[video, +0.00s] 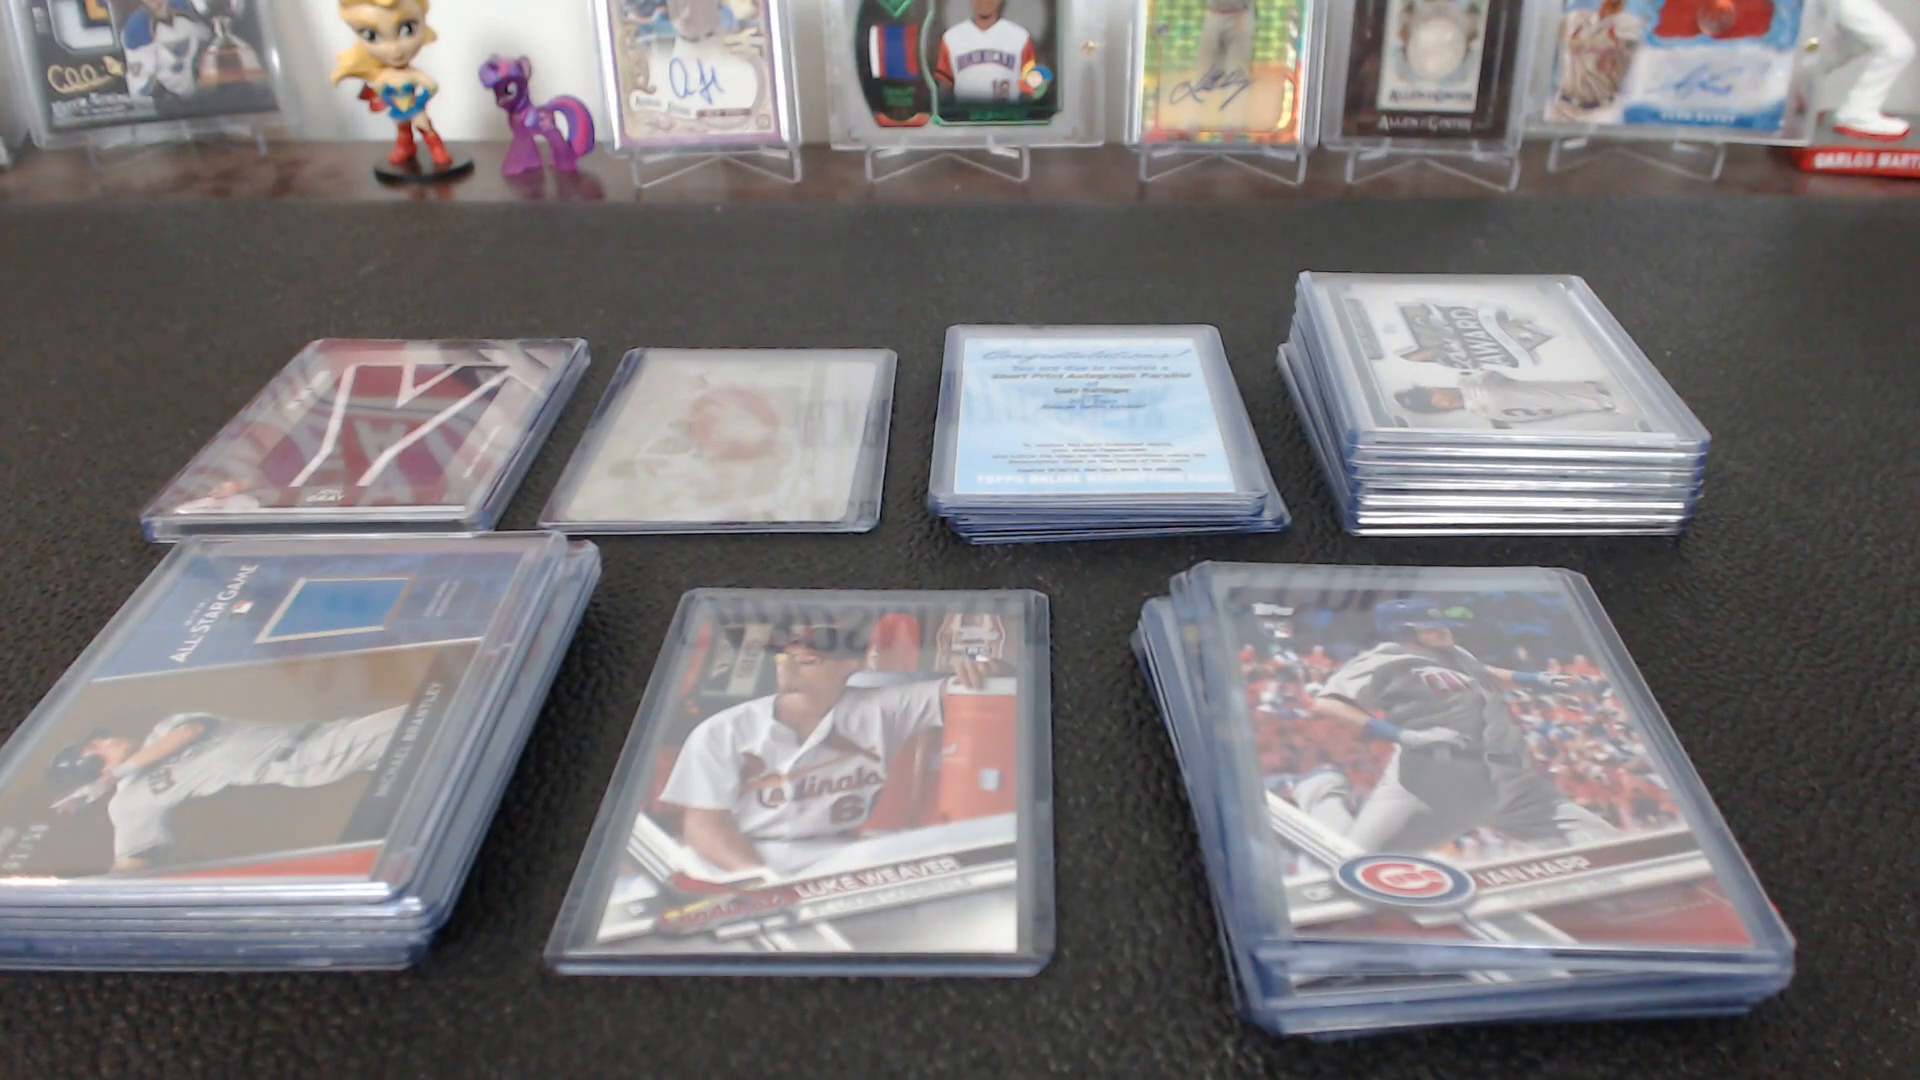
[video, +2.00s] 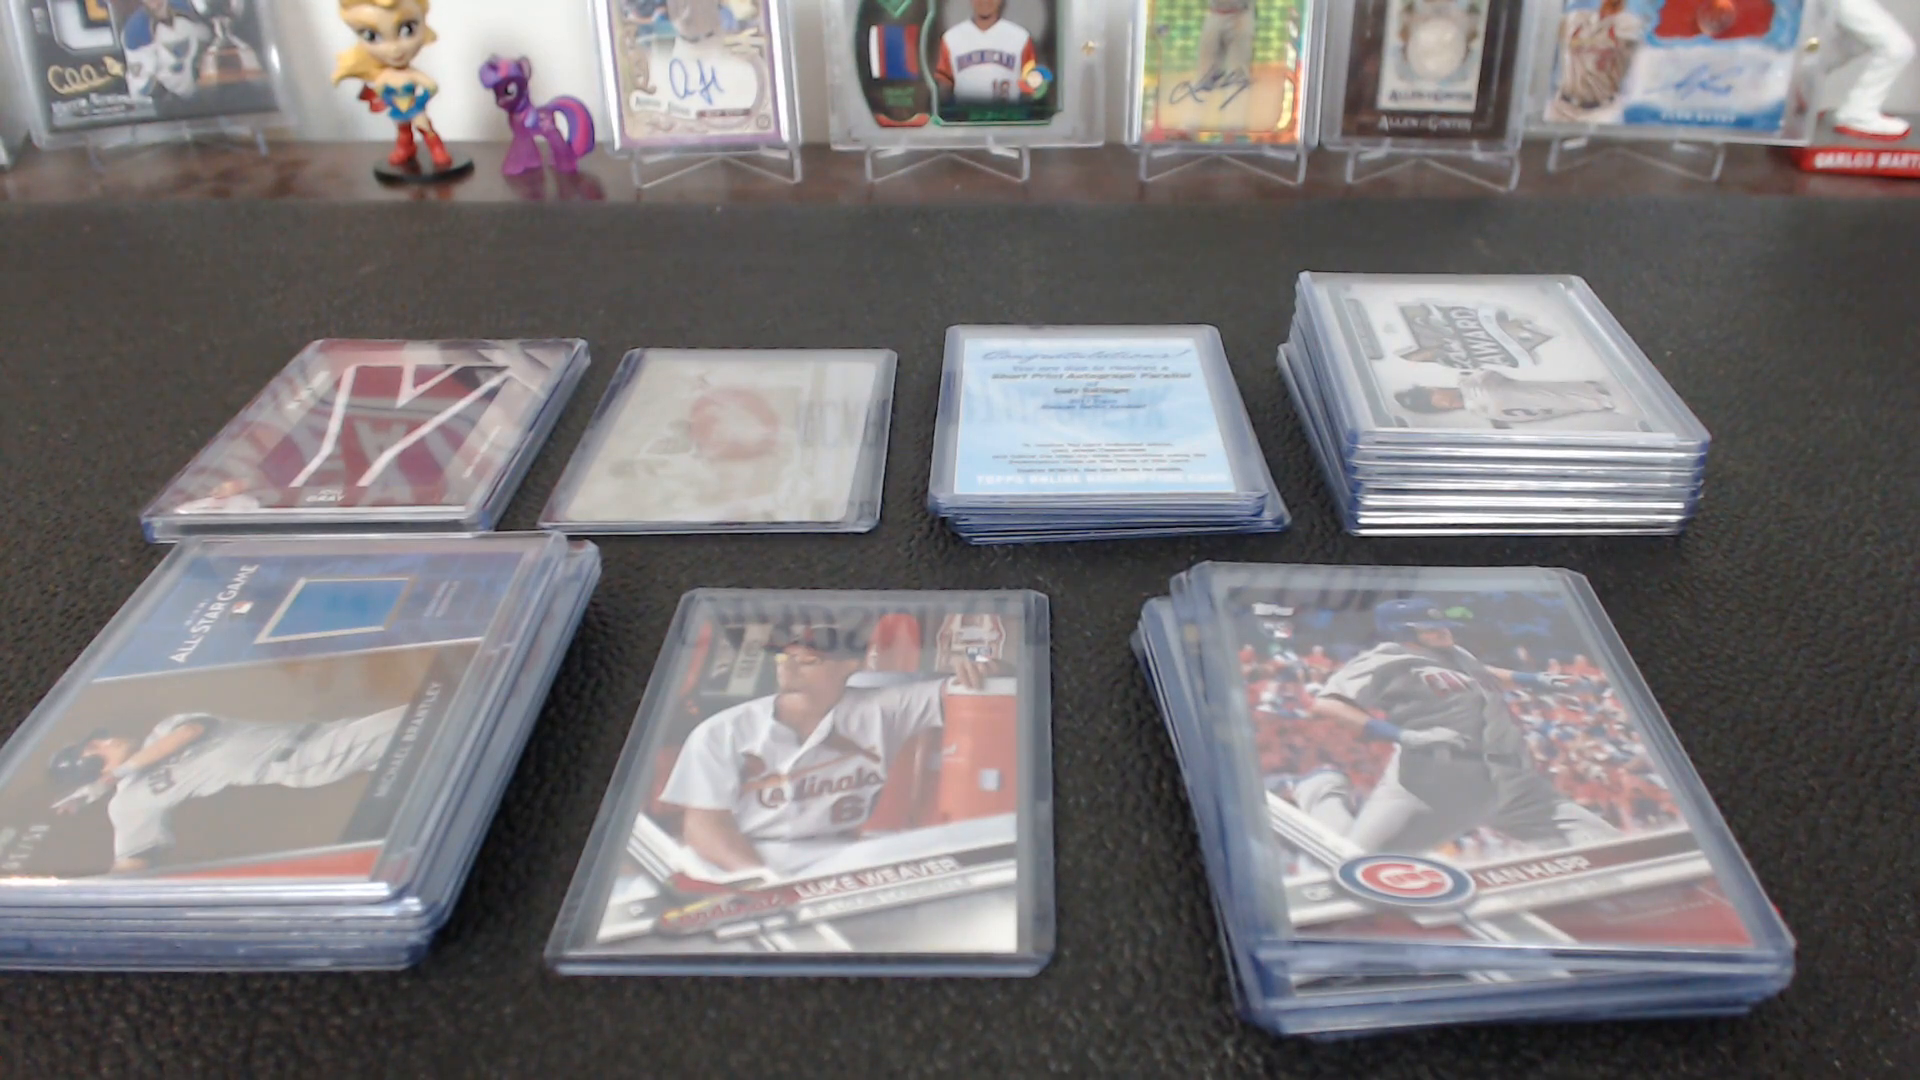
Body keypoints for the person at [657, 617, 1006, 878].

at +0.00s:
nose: (794, 656)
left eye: (816, 647)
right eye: (787, 644)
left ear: (854, 662)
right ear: (776, 654)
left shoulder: (876, 714)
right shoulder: (720, 735)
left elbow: (959, 691)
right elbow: (703, 829)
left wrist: (973, 671)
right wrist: (768, 884)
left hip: (829, 871)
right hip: (729, 875)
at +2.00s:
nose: (799, 656)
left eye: (820, 646)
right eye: (789, 644)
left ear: (854, 661)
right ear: (776, 656)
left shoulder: (877, 713)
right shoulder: (719, 735)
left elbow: (959, 690)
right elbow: (703, 829)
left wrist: (972, 674)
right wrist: (767, 883)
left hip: (829, 868)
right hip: (730, 872)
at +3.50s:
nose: (795, 657)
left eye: (817, 647)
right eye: (787, 645)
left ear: (853, 663)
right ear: (776, 655)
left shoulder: (875, 715)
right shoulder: (720, 735)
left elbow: (954, 691)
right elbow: (703, 828)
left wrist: (973, 672)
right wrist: (767, 883)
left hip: (827, 867)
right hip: (729, 872)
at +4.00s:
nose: (792, 661)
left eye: (814, 651)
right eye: (785, 648)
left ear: (852, 665)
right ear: (775, 658)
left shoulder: (874, 714)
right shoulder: (720, 736)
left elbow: (955, 691)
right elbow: (703, 829)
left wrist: (973, 674)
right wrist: (768, 884)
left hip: (827, 868)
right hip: (728, 873)